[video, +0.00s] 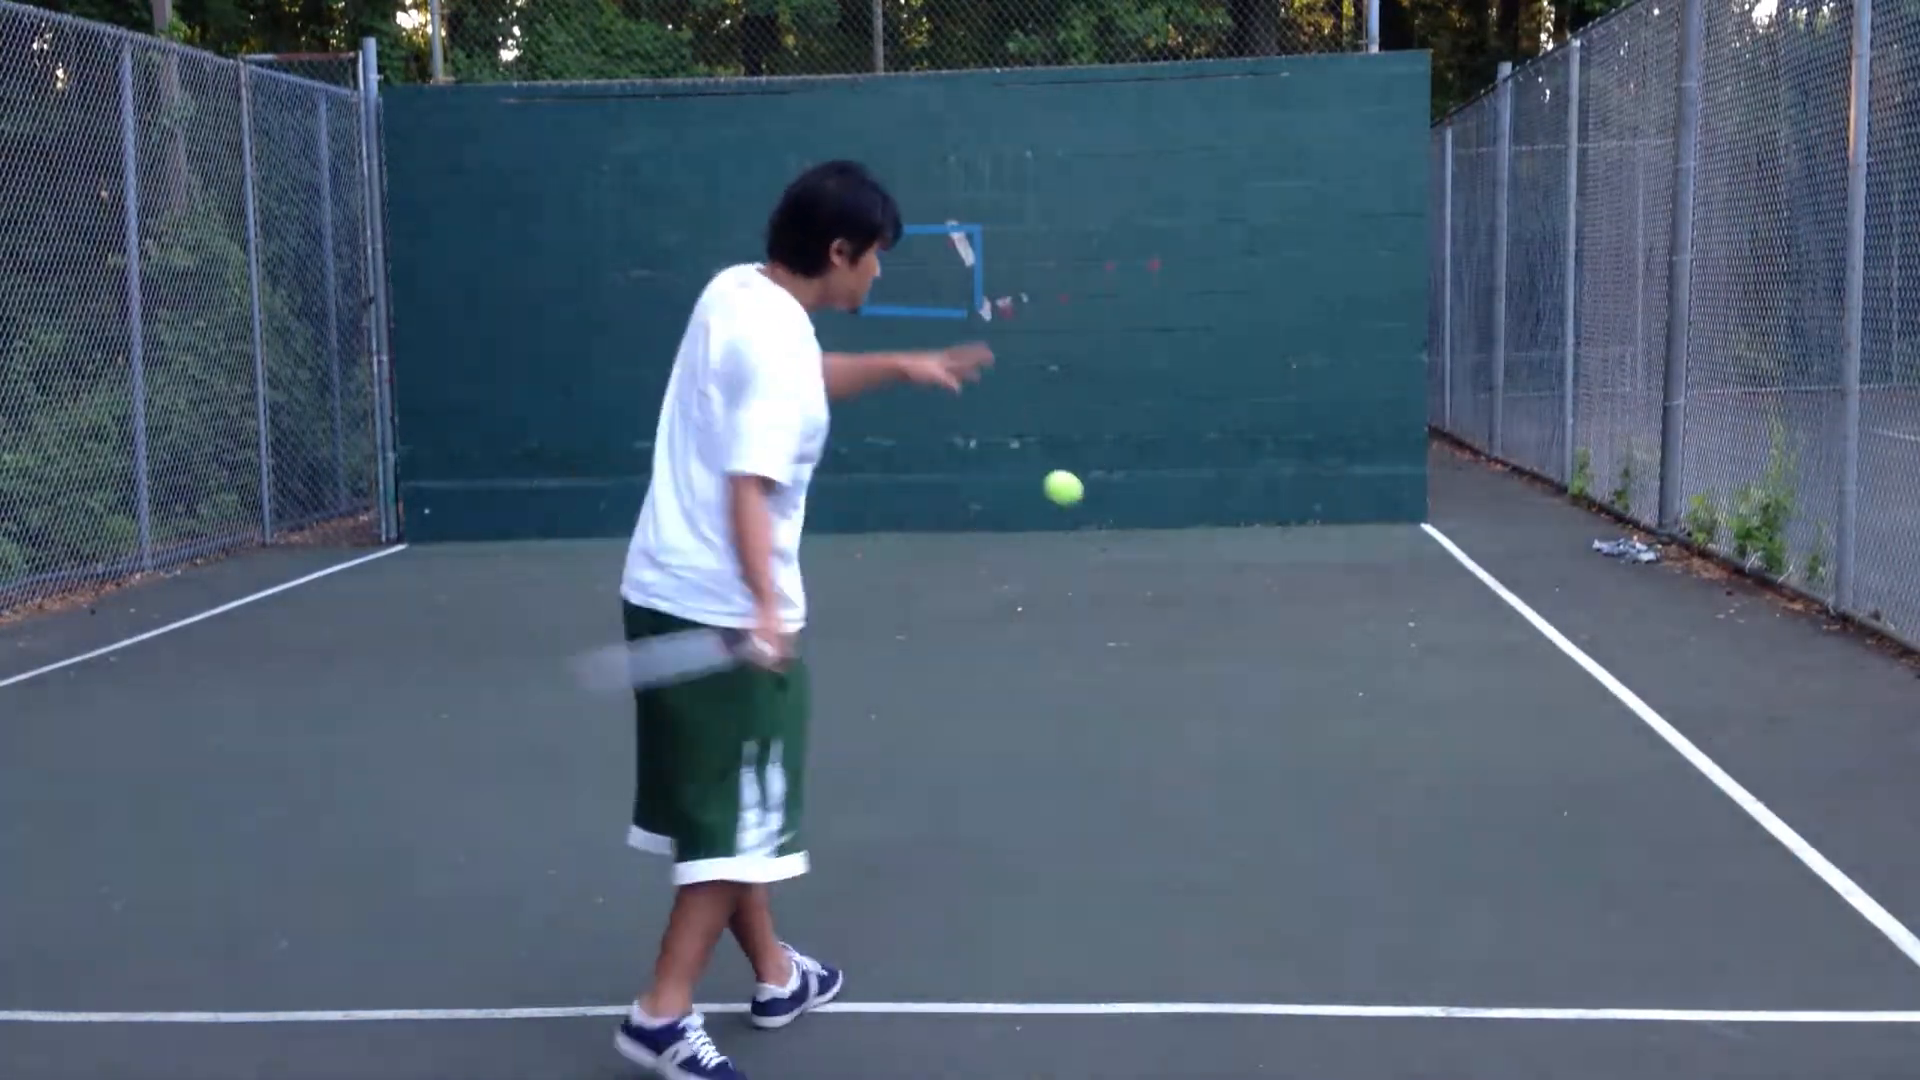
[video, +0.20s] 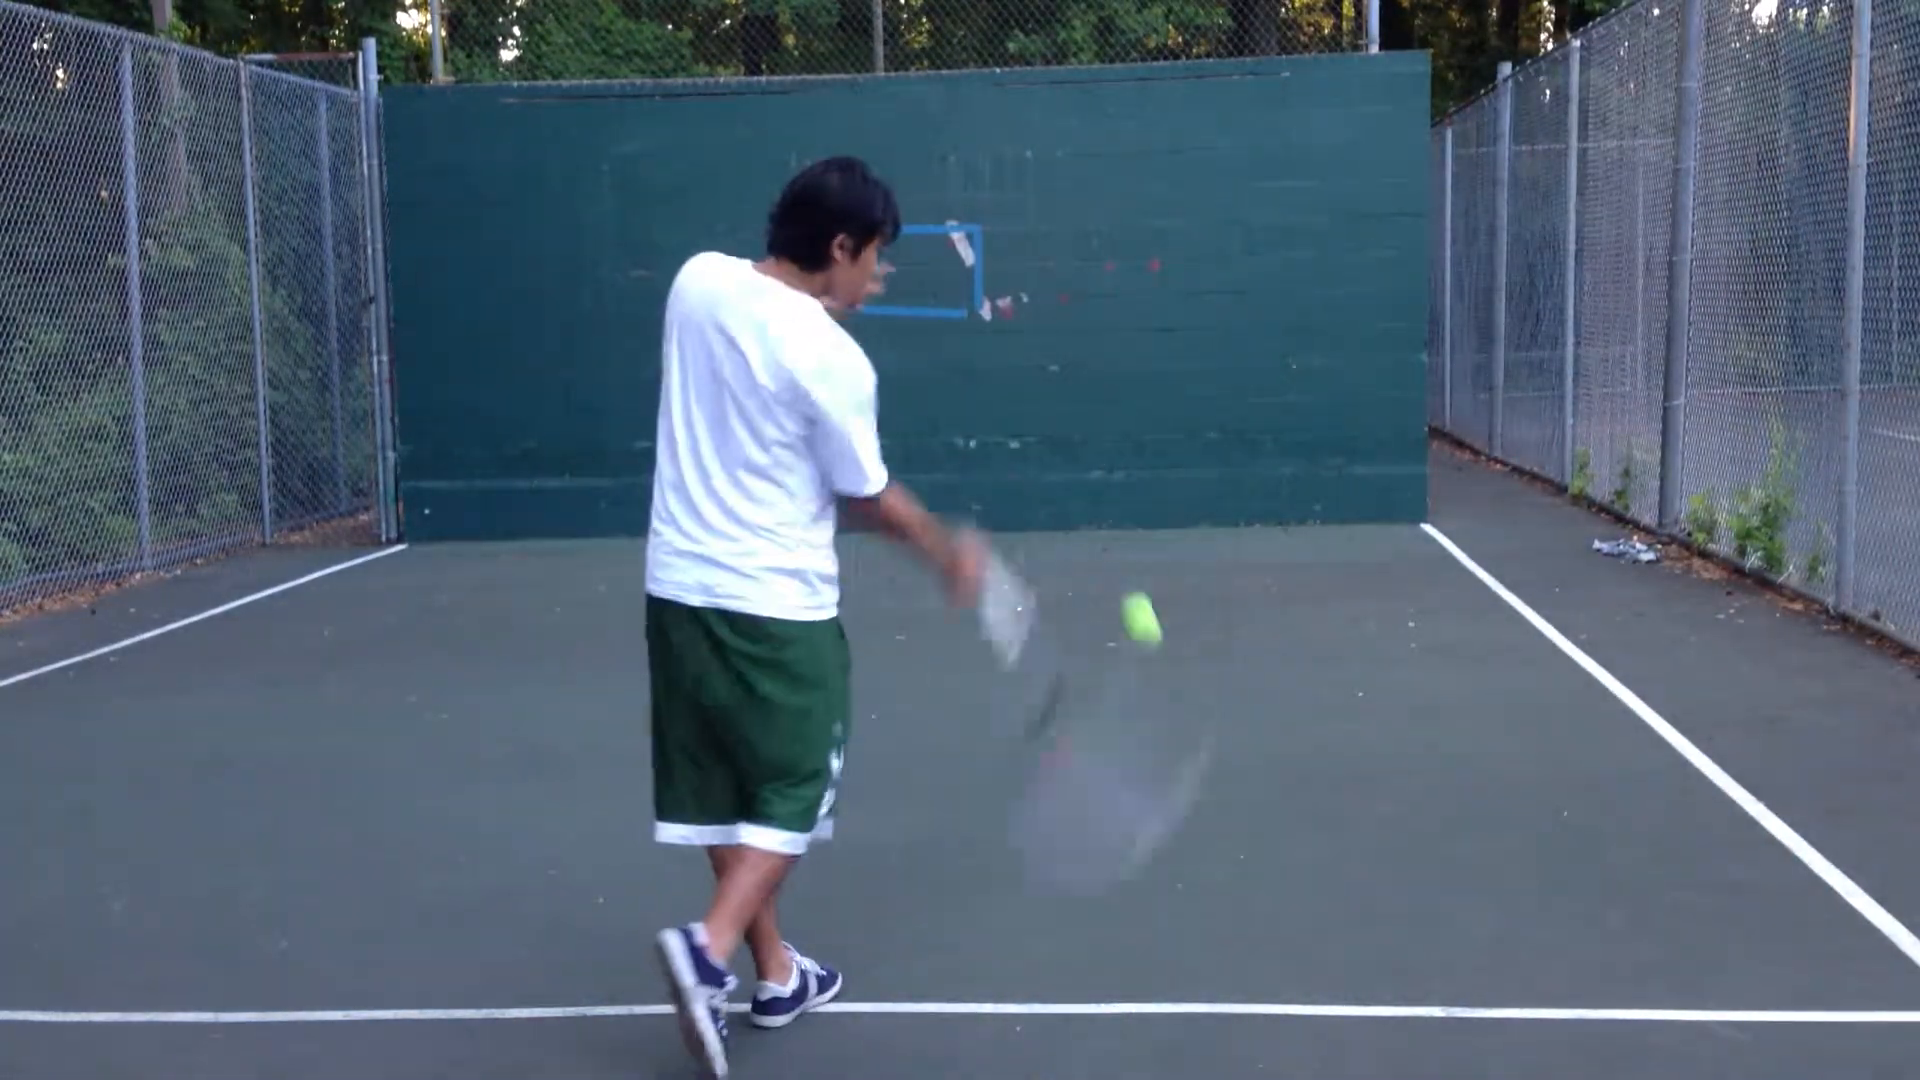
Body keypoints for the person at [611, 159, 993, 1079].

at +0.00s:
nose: (876, 276)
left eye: (880, 260)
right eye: (875, 259)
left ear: (808, 242)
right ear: (838, 252)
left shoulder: (735, 291)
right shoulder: (779, 344)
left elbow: (796, 376)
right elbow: (748, 487)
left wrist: (904, 364)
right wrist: (767, 605)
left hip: (673, 591)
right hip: (728, 607)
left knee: (721, 803)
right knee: (734, 820)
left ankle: (776, 976)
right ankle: (660, 1017)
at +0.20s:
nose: (878, 278)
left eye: (882, 261)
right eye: (876, 259)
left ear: (788, 235)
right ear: (836, 248)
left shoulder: (698, 280)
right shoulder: (833, 358)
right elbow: (867, 496)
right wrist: (947, 549)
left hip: (679, 589)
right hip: (777, 601)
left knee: (718, 795)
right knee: (796, 793)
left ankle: (776, 975)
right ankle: (709, 949)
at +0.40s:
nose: (877, 250)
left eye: (878, 236)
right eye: (877, 238)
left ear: (790, 217)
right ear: (857, 242)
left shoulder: (701, 284)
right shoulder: (865, 333)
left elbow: (679, 377)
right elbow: (882, 422)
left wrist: (800, 295)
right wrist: (867, 313)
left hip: (704, 581)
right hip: (812, 591)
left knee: (736, 780)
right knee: (829, 773)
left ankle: (787, 968)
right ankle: (762, 924)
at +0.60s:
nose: (880, 232)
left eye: (878, 220)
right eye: (879, 222)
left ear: (783, 211)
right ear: (867, 231)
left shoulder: (711, 281)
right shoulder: (875, 309)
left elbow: (690, 383)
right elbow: (902, 390)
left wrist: (764, 277)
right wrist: (821, 284)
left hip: (712, 572)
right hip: (826, 576)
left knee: (739, 764)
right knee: (854, 763)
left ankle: (772, 949)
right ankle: (865, 956)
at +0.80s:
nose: (843, 274)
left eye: (838, 261)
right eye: (842, 264)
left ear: (752, 263)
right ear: (834, 274)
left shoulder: (686, 347)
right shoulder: (856, 359)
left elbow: (678, 459)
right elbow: (884, 487)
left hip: (713, 626)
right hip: (832, 629)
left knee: (704, 775)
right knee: (889, 792)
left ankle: (671, 940)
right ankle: (899, 962)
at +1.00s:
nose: (765, 280)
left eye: (764, 265)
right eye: (761, 266)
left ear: (671, 263)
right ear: (743, 276)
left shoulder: (613, 337)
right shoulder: (736, 367)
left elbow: (675, 437)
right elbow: (781, 503)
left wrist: (777, 409)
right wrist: (822, 461)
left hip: (602, 631)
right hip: (716, 641)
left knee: (635, 804)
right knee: (819, 794)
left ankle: (581, 983)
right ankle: (891, 956)